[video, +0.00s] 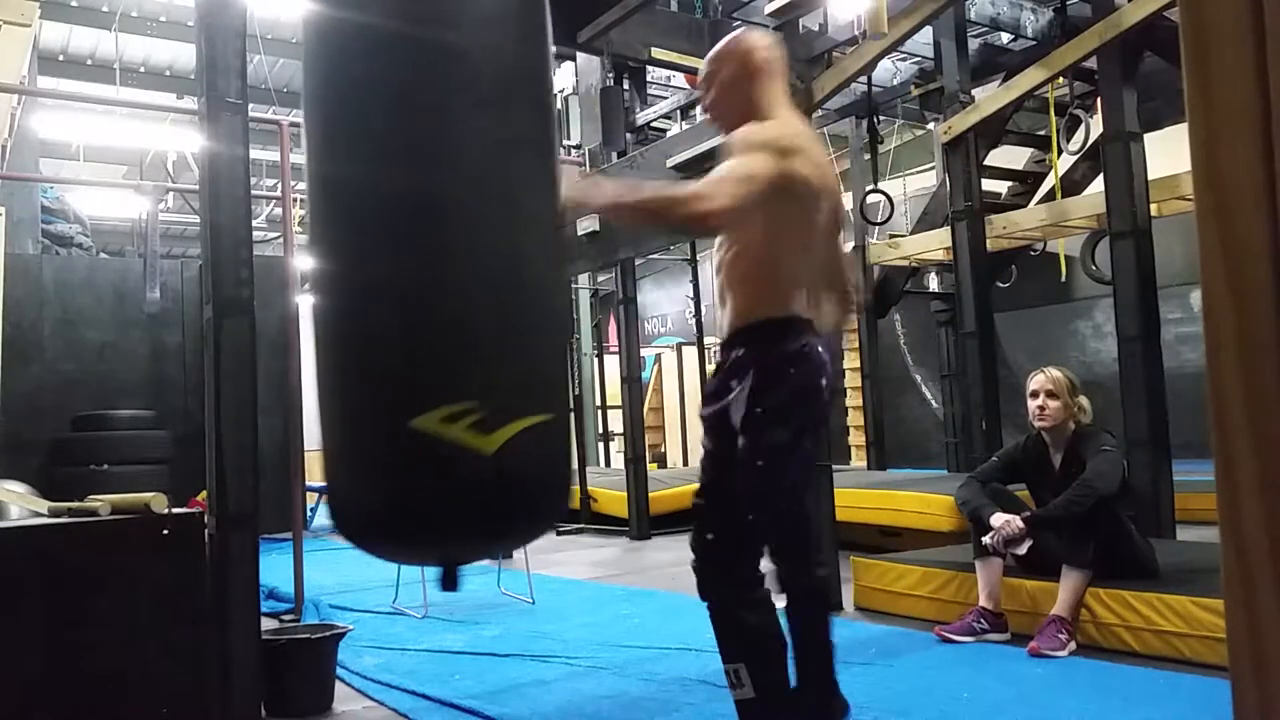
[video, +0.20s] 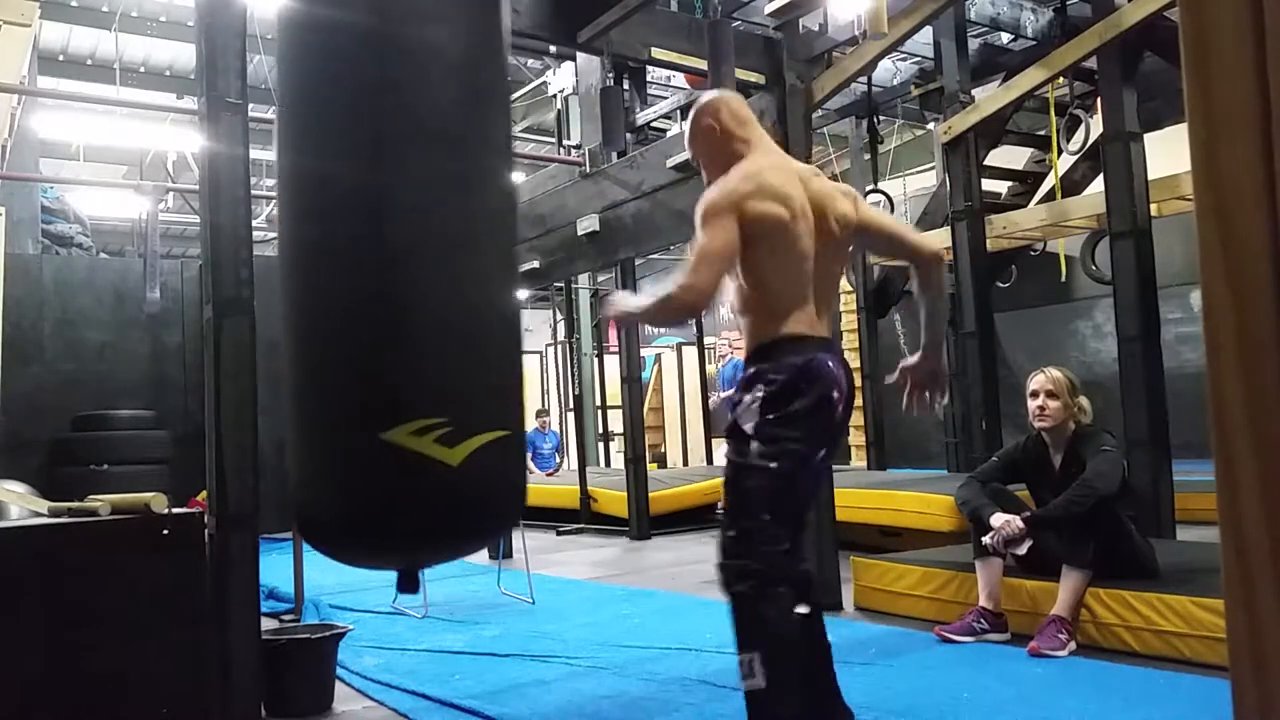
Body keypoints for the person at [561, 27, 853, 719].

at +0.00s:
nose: (707, 108)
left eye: (709, 92)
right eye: (704, 96)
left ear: (742, 77)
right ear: (770, 77)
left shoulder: (763, 141)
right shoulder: (812, 151)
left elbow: (709, 206)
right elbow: (841, 283)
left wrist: (590, 191)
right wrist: (819, 354)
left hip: (763, 363)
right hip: (805, 359)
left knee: (722, 549)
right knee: (801, 544)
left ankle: (767, 705)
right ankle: (818, 699)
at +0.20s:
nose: (701, 172)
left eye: (696, 156)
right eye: (696, 159)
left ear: (716, 133)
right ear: (751, 127)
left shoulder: (730, 189)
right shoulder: (829, 190)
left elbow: (691, 298)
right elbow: (930, 254)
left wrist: (632, 309)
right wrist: (930, 350)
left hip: (779, 383)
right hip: (826, 380)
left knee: (750, 563)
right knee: (781, 560)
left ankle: (788, 710)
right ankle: (820, 708)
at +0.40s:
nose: (720, 160)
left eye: (715, 148)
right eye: (713, 151)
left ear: (733, 121)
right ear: (756, 108)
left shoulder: (750, 163)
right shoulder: (841, 151)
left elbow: (751, 263)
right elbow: (923, 220)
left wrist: (681, 287)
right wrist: (875, 299)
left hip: (801, 343)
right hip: (849, 337)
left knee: (777, 524)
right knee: (824, 515)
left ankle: (803, 701)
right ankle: (855, 670)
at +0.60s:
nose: (743, 167)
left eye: (748, 150)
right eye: (737, 158)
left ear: (789, 135)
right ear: (796, 142)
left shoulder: (784, 201)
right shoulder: (866, 195)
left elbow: (770, 290)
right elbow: (923, 281)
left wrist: (678, 305)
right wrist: (866, 314)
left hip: (827, 383)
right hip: (872, 379)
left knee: (785, 549)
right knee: (857, 541)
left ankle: (831, 708)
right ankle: (915, 690)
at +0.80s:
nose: (754, 148)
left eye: (761, 132)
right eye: (749, 137)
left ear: (803, 116)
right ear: (812, 124)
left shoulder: (793, 182)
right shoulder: (879, 186)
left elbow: (756, 261)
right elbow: (938, 276)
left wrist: (658, 286)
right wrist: (886, 318)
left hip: (828, 366)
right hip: (877, 363)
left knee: (803, 542)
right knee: (873, 530)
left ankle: (833, 709)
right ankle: (917, 690)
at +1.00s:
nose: (768, 146)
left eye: (776, 131)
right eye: (763, 137)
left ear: (818, 118)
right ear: (825, 127)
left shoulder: (803, 184)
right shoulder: (891, 191)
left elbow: (758, 257)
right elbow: (953, 286)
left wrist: (654, 270)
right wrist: (893, 330)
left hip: (831, 366)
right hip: (887, 367)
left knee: (814, 547)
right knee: (878, 535)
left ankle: (840, 709)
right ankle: (919, 692)